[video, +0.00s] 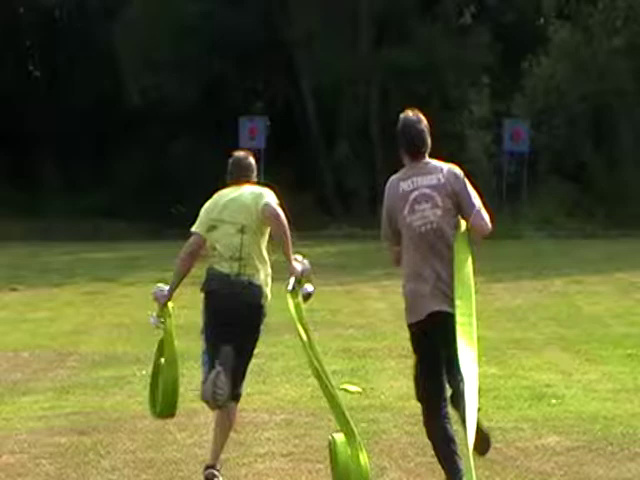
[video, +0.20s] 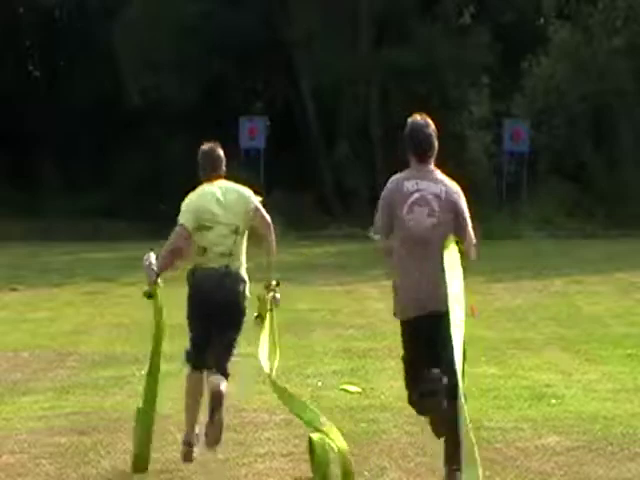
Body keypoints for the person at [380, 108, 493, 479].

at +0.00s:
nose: (418, 145)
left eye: (406, 142)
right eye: (423, 137)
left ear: (399, 146)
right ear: (430, 141)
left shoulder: (394, 186)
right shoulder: (450, 174)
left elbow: (394, 250)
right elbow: (482, 225)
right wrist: (460, 222)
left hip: (419, 301)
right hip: (455, 296)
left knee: (430, 396)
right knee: (458, 371)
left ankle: (455, 471)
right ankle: (472, 422)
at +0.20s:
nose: (421, 150)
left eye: (413, 145)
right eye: (429, 143)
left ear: (406, 148)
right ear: (437, 147)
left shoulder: (394, 187)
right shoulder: (450, 190)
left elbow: (381, 236)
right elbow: (468, 244)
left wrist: (395, 266)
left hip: (409, 297)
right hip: (444, 295)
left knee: (416, 368)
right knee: (448, 368)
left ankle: (430, 399)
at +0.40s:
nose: (382, 154)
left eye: (378, 148)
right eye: (392, 143)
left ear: (377, 148)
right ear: (404, 144)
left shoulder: (379, 186)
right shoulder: (426, 178)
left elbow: (370, 242)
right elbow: (448, 233)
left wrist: (389, 245)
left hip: (404, 294)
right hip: (436, 291)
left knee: (403, 375)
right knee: (435, 367)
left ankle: (413, 455)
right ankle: (448, 441)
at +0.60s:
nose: (380, 148)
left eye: (372, 143)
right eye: (385, 140)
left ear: (364, 146)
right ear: (390, 142)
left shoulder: (357, 181)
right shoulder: (409, 174)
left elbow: (356, 229)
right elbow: (431, 221)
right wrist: (423, 236)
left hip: (376, 285)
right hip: (406, 281)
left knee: (389, 357)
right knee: (402, 343)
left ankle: (398, 424)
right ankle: (404, 413)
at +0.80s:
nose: (378, 151)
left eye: (370, 146)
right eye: (382, 146)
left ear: (360, 150)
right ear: (386, 150)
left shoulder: (347, 183)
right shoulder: (397, 188)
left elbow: (333, 226)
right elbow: (410, 235)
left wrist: (352, 249)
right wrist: (405, 258)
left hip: (360, 291)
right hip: (392, 290)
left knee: (358, 354)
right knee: (392, 366)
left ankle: (363, 392)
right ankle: (388, 438)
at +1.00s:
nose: (346, 158)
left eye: (337, 155)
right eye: (350, 151)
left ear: (331, 157)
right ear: (355, 153)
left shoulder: (326, 191)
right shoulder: (373, 183)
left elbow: (324, 237)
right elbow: (395, 227)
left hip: (344, 288)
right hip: (374, 285)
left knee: (345, 355)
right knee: (373, 339)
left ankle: (354, 420)